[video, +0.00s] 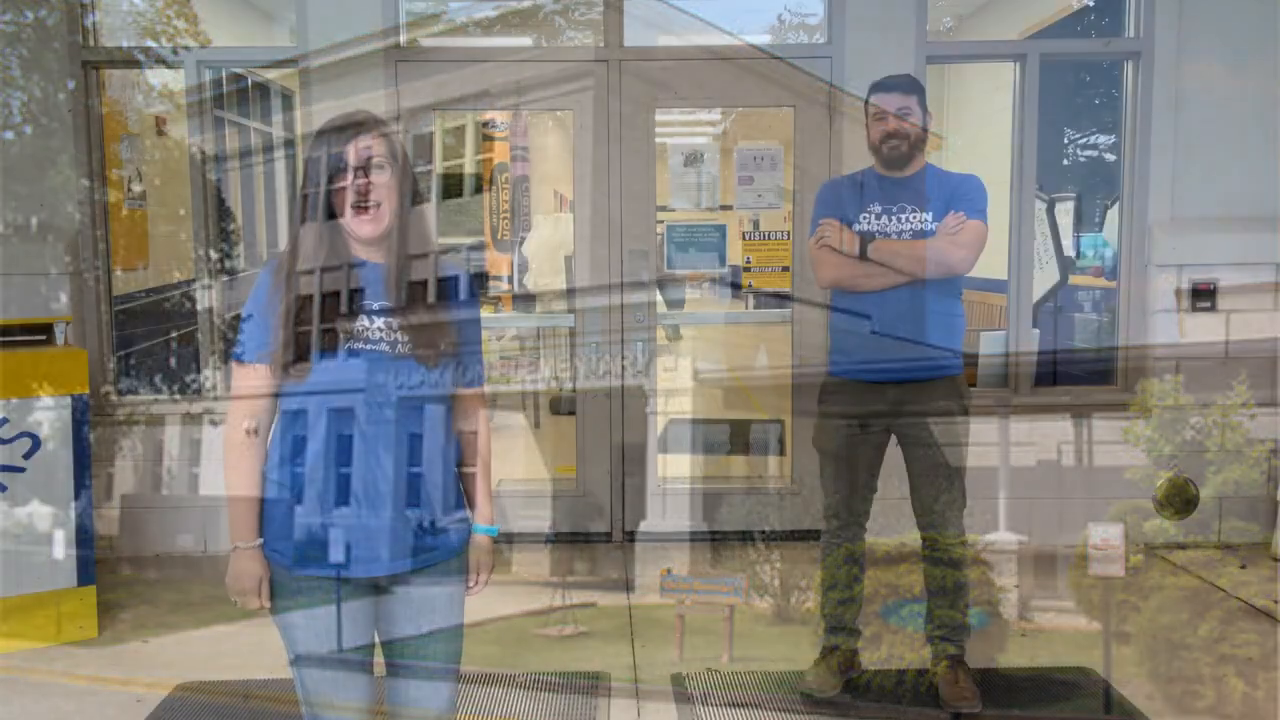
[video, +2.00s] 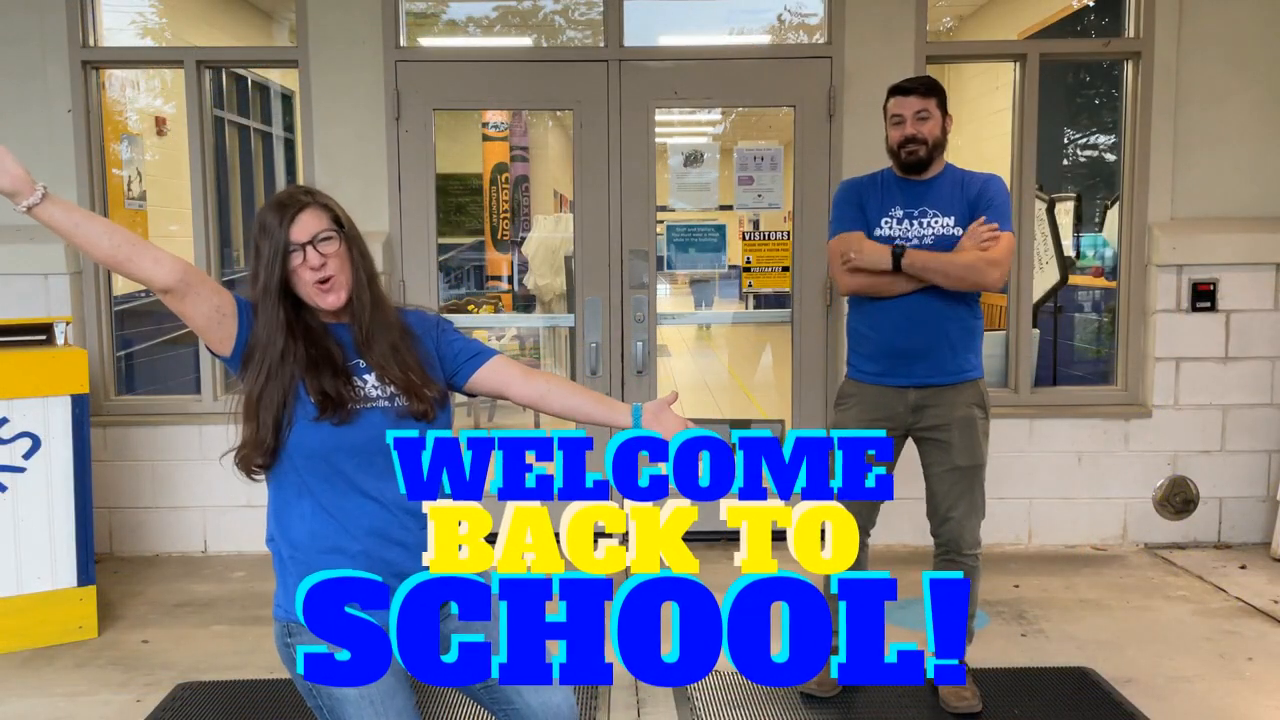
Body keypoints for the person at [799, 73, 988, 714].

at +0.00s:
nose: (889, 126)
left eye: (902, 116)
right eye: (879, 117)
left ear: (925, 126)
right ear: (866, 127)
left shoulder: (961, 188)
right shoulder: (838, 193)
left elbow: (955, 261)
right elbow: (827, 272)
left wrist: (859, 242)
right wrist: (927, 261)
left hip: (933, 378)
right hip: (852, 379)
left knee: (944, 527)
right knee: (841, 524)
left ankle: (950, 660)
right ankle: (838, 652)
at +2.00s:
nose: (908, 129)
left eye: (921, 118)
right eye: (897, 120)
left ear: (945, 124)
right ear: (885, 130)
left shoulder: (984, 189)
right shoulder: (856, 193)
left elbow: (992, 273)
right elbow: (847, 277)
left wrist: (890, 255)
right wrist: (953, 260)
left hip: (953, 388)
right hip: (869, 387)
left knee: (959, 535)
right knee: (843, 529)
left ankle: (952, 666)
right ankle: (829, 653)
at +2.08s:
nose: (908, 133)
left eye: (921, 122)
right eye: (897, 123)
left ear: (944, 130)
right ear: (884, 133)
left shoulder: (984, 195)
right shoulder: (857, 198)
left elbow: (1009, 286)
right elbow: (835, 288)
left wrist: (931, 296)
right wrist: (942, 270)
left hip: (956, 393)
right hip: (870, 392)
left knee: (965, 537)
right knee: (837, 529)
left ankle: (953, 665)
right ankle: (826, 652)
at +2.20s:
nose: (897, 134)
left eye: (911, 122)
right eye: (886, 123)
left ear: (935, 130)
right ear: (872, 133)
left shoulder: (978, 188)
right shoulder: (848, 202)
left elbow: (1055, 251)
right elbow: (794, 278)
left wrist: (1026, 258)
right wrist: (822, 285)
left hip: (955, 395)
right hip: (869, 394)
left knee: (971, 534)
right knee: (825, 526)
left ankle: (954, 662)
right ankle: (817, 649)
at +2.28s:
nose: (881, 137)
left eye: (895, 126)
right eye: (870, 126)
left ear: (918, 134)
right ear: (857, 135)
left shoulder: (962, 176)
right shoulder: (837, 202)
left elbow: (1049, 200)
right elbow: (784, 238)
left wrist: (1059, 182)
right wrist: (751, 260)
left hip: (953, 397)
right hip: (865, 397)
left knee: (974, 537)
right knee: (820, 524)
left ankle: (955, 664)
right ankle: (809, 651)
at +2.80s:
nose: (809, 205)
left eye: (825, 195)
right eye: (800, 192)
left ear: (848, 201)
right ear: (787, 197)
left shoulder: (888, 224)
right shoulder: (780, 262)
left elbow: (987, 189)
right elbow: (728, 292)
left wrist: (1074, 136)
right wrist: (657, 299)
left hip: (920, 429)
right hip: (839, 434)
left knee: (967, 567)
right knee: (794, 546)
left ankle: (955, 666)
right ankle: (805, 660)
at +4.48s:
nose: (839, 161)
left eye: (853, 151)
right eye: (829, 149)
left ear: (879, 153)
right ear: (818, 151)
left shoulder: (922, 189)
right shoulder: (799, 221)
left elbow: (1028, 179)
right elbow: (722, 277)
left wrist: (1131, 165)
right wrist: (656, 333)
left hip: (927, 404)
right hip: (840, 403)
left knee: (946, 545)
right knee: (807, 537)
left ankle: (948, 668)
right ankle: (809, 663)